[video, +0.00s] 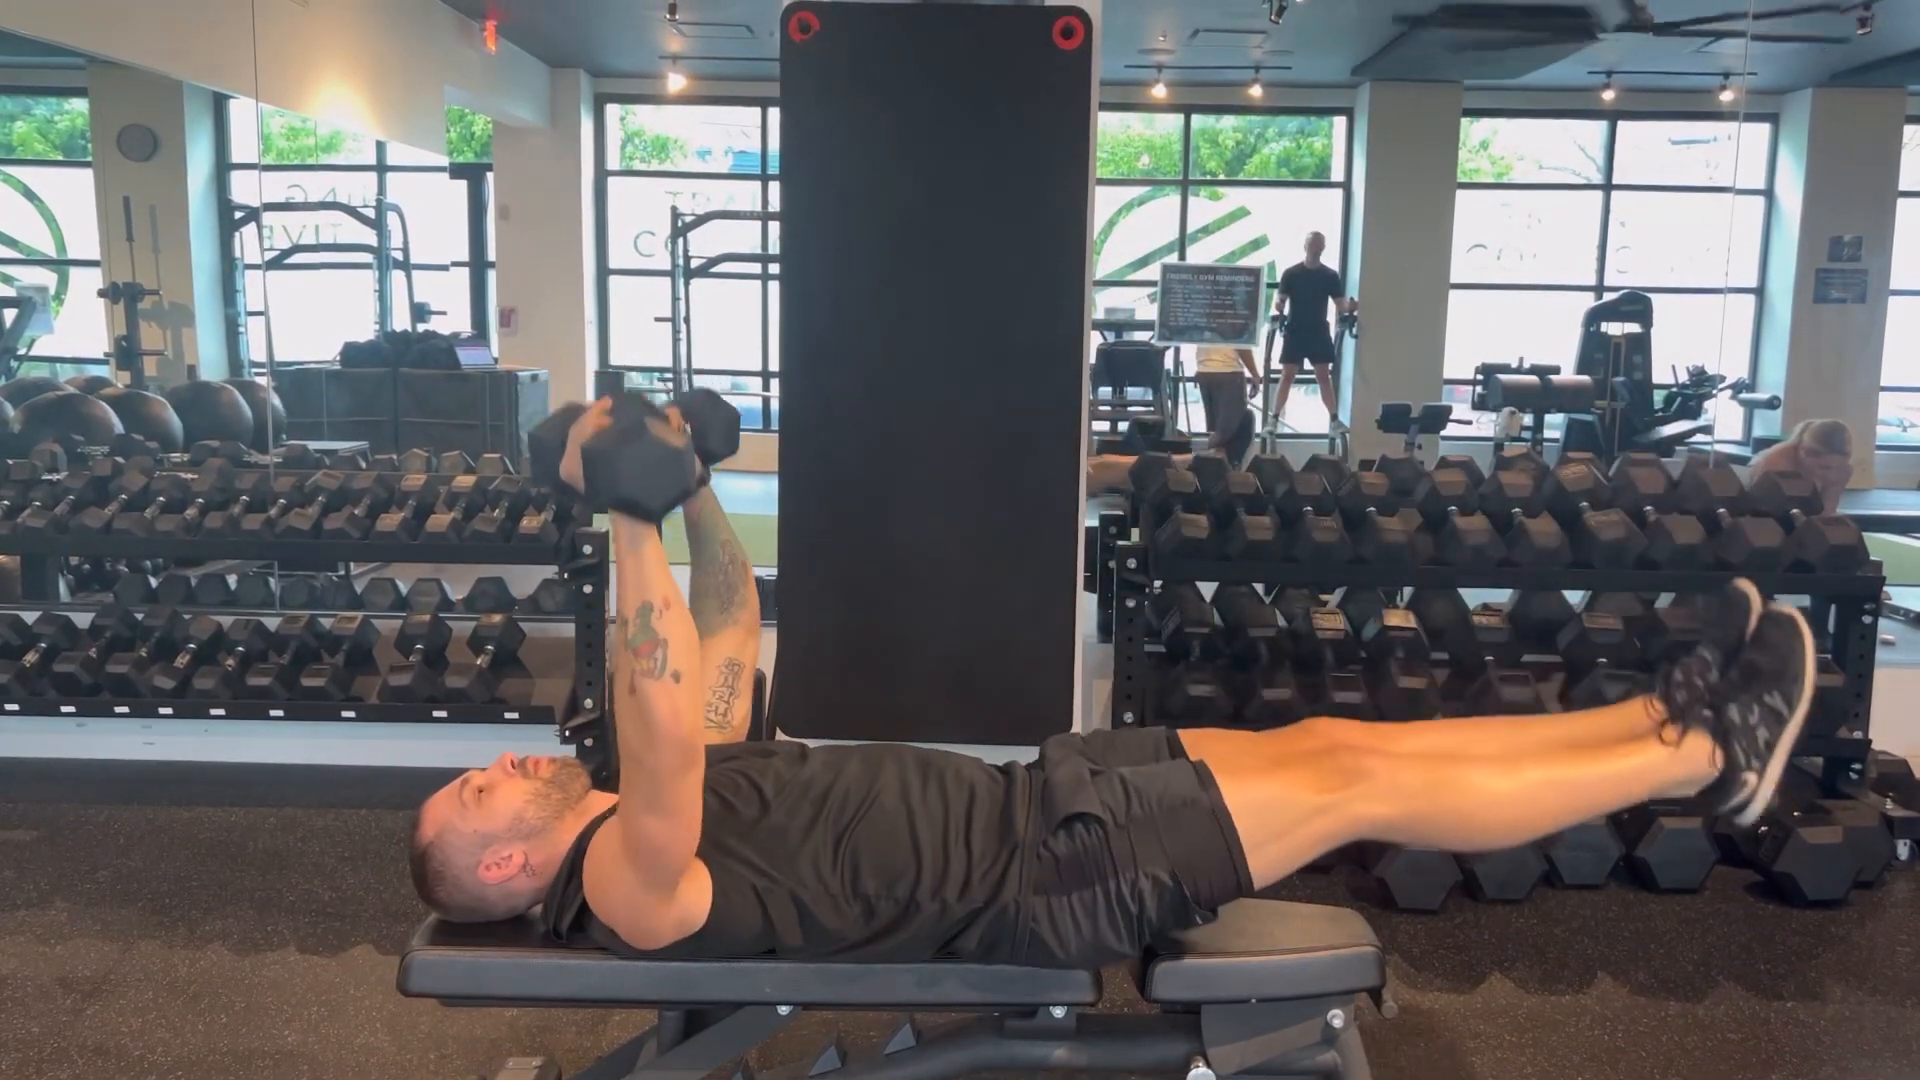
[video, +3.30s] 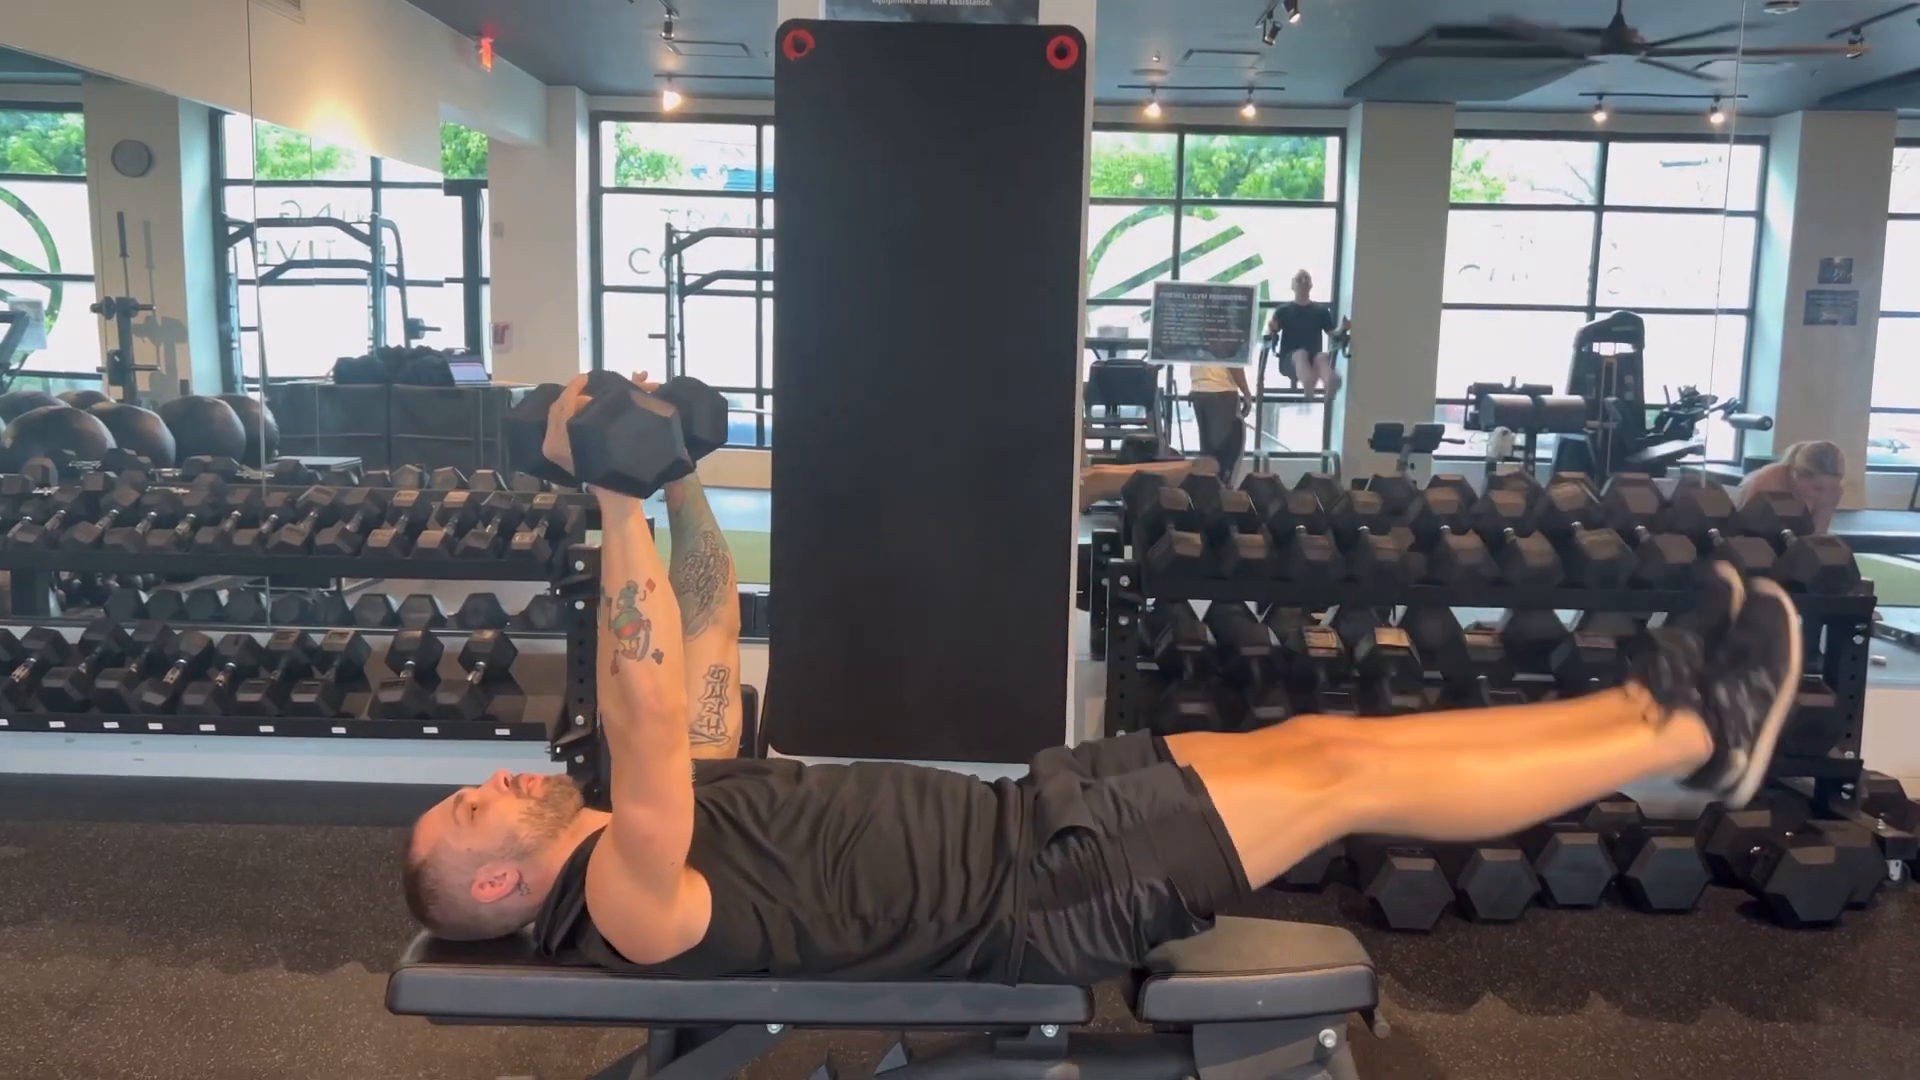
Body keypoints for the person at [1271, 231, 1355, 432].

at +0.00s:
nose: (1314, 250)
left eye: (1317, 246)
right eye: (1311, 246)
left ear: (1322, 248)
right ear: (1306, 246)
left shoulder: (1330, 276)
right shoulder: (1291, 274)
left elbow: (1340, 305)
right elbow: (1280, 302)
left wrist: (1351, 306)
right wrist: (1280, 311)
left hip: (1319, 330)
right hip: (1294, 329)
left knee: (1323, 375)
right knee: (1288, 374)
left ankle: (1334, 419)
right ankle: (1274, 418)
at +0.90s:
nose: (1309, 280)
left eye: (1312, 277)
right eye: (1306, 276)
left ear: (1318, 275)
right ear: (1299, 272)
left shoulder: (1325, 293)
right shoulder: (1287, 292)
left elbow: (1335, 317)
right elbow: (1274, 315)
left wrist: (1345, 314)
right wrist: (1273, 314)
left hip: (1316, 342)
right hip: (1292, 342)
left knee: (1328, 378)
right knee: (1284, 378)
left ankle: (1330, 423)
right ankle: (1271, 421)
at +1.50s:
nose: (1307, 282)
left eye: (1310, 278)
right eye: (1303, 278)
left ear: (1315, 278)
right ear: (1297, 277)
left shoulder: (1321, 300)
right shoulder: (1285, 300)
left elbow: (1333, 323)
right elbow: (1271, 324)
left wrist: (1344, 319)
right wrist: (1272, 319)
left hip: (1314, 352)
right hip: (1291, 353)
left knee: (1314, 399)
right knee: (1290, 399)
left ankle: (1311, 442)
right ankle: (1286, 441)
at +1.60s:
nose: (1306, 284)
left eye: (1309, 280)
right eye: (1302, 279)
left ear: (1314, 280)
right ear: (1296, 279)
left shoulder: (1320, 301)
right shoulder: (1284, 301)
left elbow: (1334, 323)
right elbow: (1272, 333)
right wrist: (1273, 321)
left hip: (1312, 356)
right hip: (1289, 356)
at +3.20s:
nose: (1303, 288)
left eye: (1306, 284)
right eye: (1299, 284)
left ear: (1310, 287)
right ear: (1293, 288)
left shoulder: (1320, 311)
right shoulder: (1284, 312)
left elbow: (1332, 334)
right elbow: (1271, 332)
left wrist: (1343, 328)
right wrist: (1271, 329)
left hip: (1314, 358)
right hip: (1291, 357)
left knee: (1319, 393)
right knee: (1299, 381)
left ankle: (1323, 435)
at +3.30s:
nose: (1303, 285)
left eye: (1306, 282)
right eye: (1299, 282)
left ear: (1310, 286)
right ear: (1292, 286)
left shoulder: (1320, 310)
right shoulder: (1283, 311)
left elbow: (1332, 334)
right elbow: (1272, 336)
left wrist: (1342, 329)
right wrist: (1272, 329)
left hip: (1314, 358)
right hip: (1289, 359)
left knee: (1323, 357)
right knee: (1301, 353)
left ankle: (1330, 391)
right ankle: (1309, 396)